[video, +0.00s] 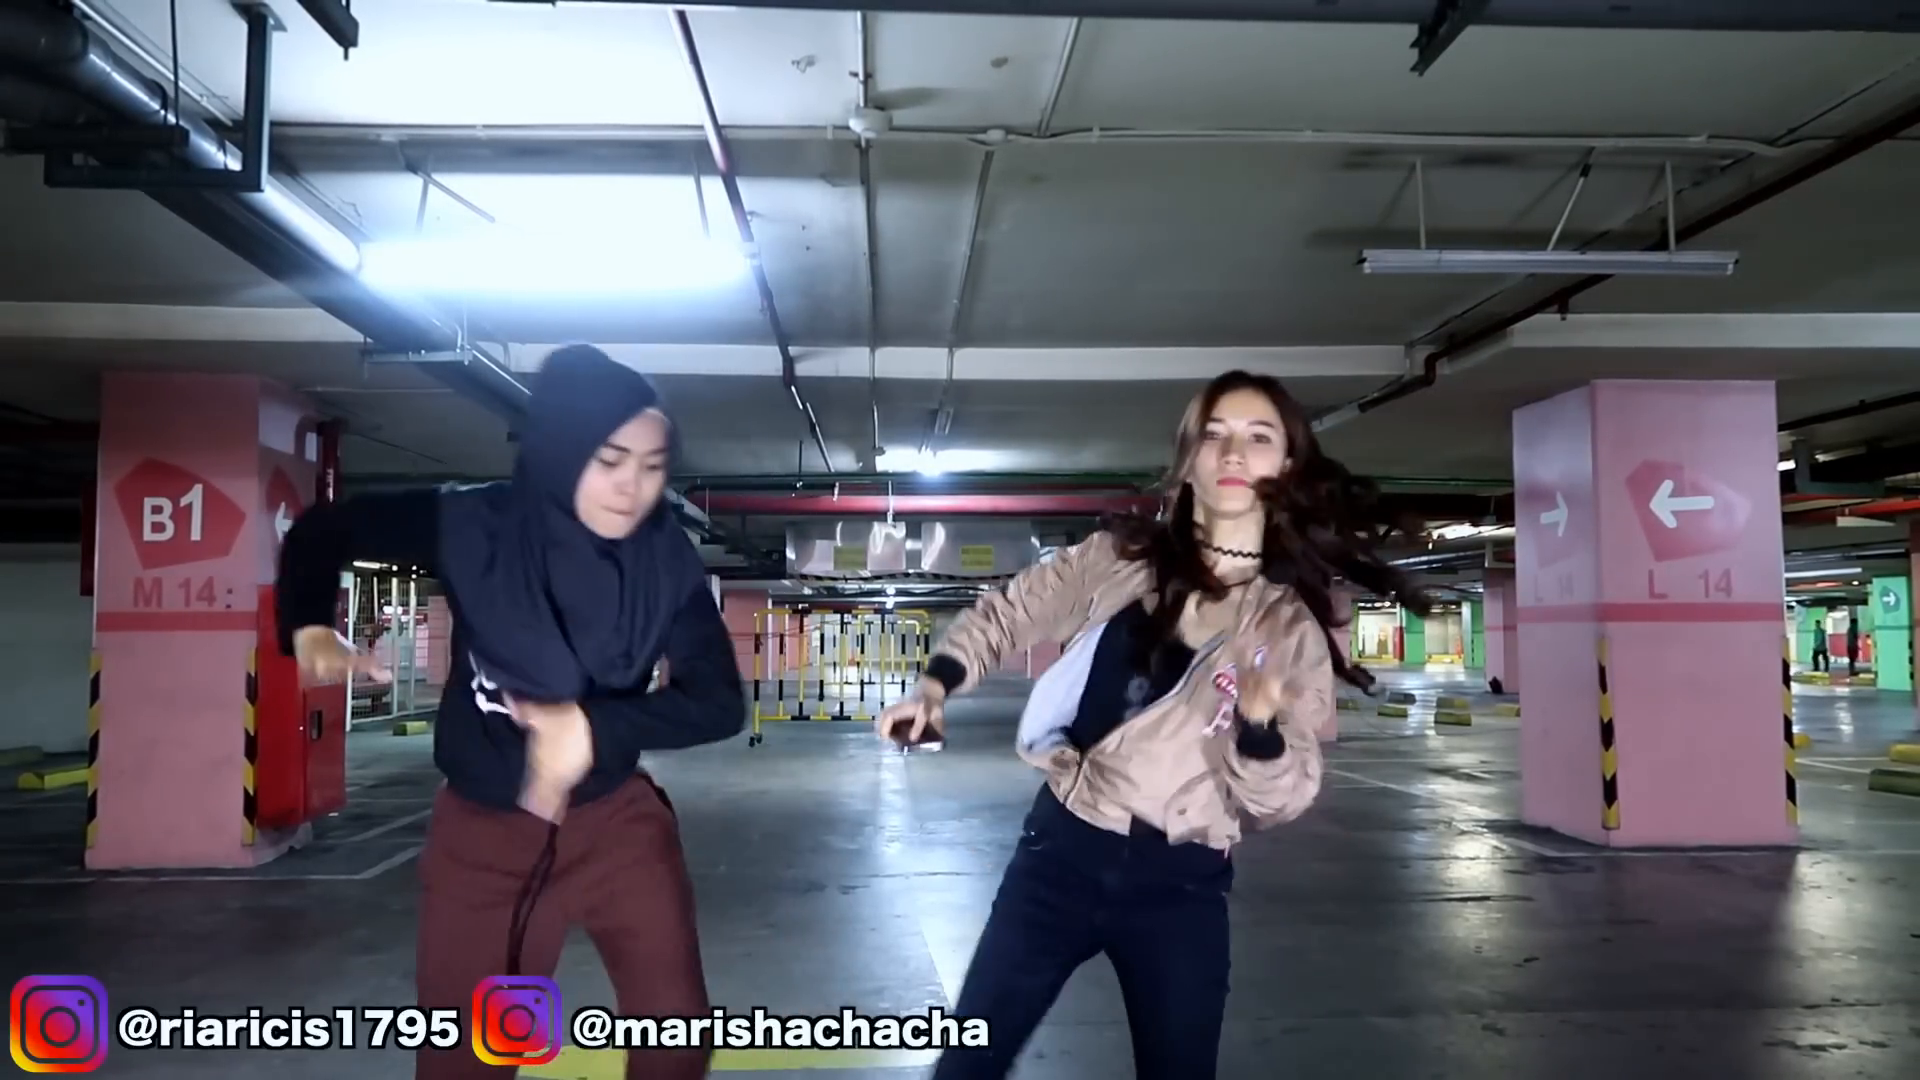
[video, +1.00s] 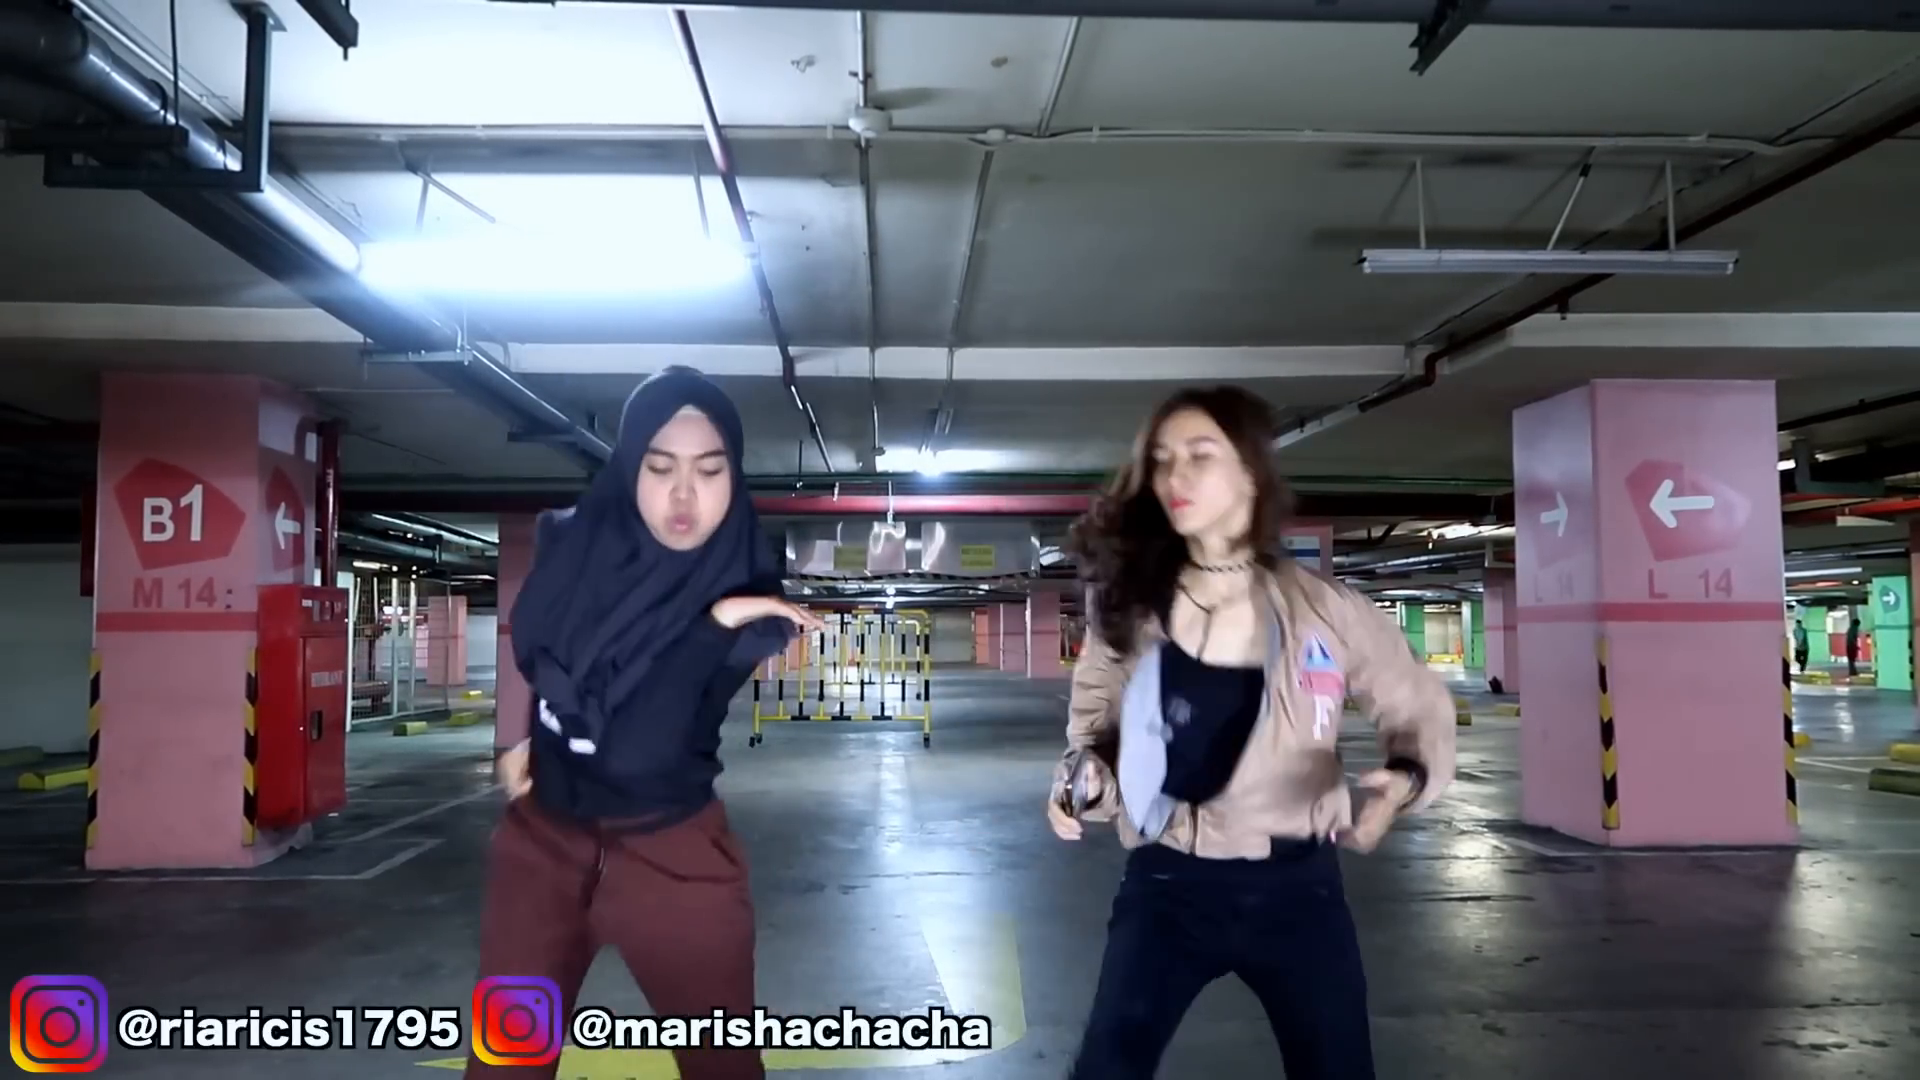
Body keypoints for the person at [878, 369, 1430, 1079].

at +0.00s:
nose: (1235, 454)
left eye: (1259, 438)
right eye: (1218, 436)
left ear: (1287, 464)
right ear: (1189, 458)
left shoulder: (1290, 627)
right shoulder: (1120, 559)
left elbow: (1284, 800)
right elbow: (1008, 612)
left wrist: (1257, 725)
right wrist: (934, 687)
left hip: (1180, 882)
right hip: (1060, 856)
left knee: (1180, 1069)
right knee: (965, 1060)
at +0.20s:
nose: (1146, 437)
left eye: (1171, 423)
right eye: (1126, 422)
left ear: (1203, 455)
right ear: (1099, 452)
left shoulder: (1242, 583)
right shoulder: (1058, 558)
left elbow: (1358, 715)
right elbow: (944, 610)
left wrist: (1265, 639)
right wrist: (917, 686)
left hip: (1161, 870)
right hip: (1037, 852)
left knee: (1157, 1070)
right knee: (961, 1060)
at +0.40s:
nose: (1069, 519)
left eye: (1089, 503)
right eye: (1046, 502)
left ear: (1112, 528)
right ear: (1012, 531)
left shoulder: (1184, 624)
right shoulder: (989, 675)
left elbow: (1277, 670)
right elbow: (992, 827)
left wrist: (1290, 740)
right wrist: (1036, 850)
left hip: (1172, 902)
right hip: (1048, 918)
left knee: (1266, 1066)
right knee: (1010, 1072)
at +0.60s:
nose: (1084, 459)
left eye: (1104, 439)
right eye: (1061, 442)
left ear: (1129, 457)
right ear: (1030, 463)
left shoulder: (1195, 553)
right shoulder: (1011, 613)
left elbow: (1277, 610)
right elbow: (987, 796)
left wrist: (1347, 677)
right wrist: (1019, 775)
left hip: (1251, 849)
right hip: (1129, 870)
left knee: (1306, 1065)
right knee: (1084, 1069)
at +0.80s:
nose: (1122, 462)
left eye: (1139, 445)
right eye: (1098, 448)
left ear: (1164, 467)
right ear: (1066, 477)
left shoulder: (1222, 563)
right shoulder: (1046, 621)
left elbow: (1320, 565)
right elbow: (927, 757)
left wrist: (1385, 665)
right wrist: (975, 708)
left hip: (1273, 866)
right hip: (1152, 893)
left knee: (1389, 1058)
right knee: (1123, 1069)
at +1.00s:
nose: (1175, 480)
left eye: (1200, 456)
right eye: (1163, 462)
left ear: (1252, 474)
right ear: (1151, 481)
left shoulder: (1325, 610)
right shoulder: (1130, 609)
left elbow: (1425, 709)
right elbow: (1091, 721)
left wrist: (1395, 782)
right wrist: (1088, 776)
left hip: (1296, 892)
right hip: (1164, 892)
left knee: (1337, 1071)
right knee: (1104, 1067)